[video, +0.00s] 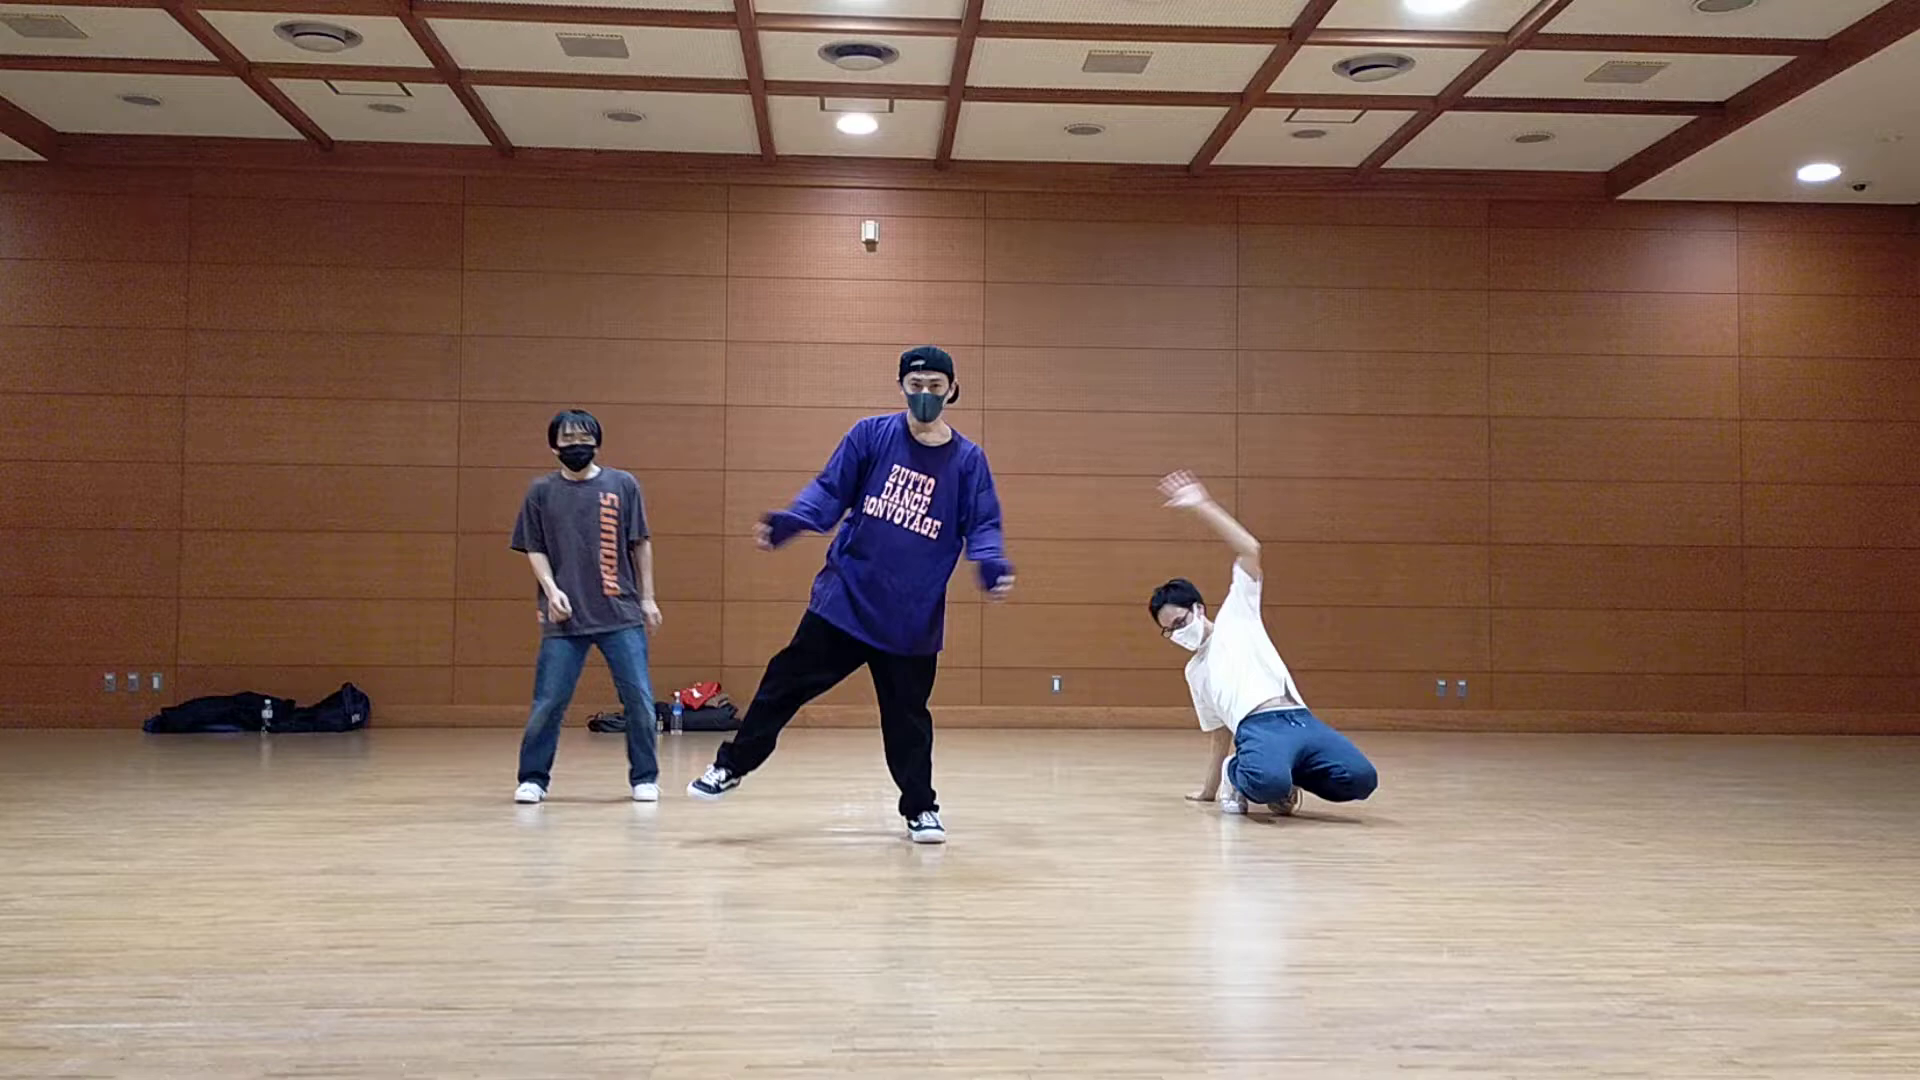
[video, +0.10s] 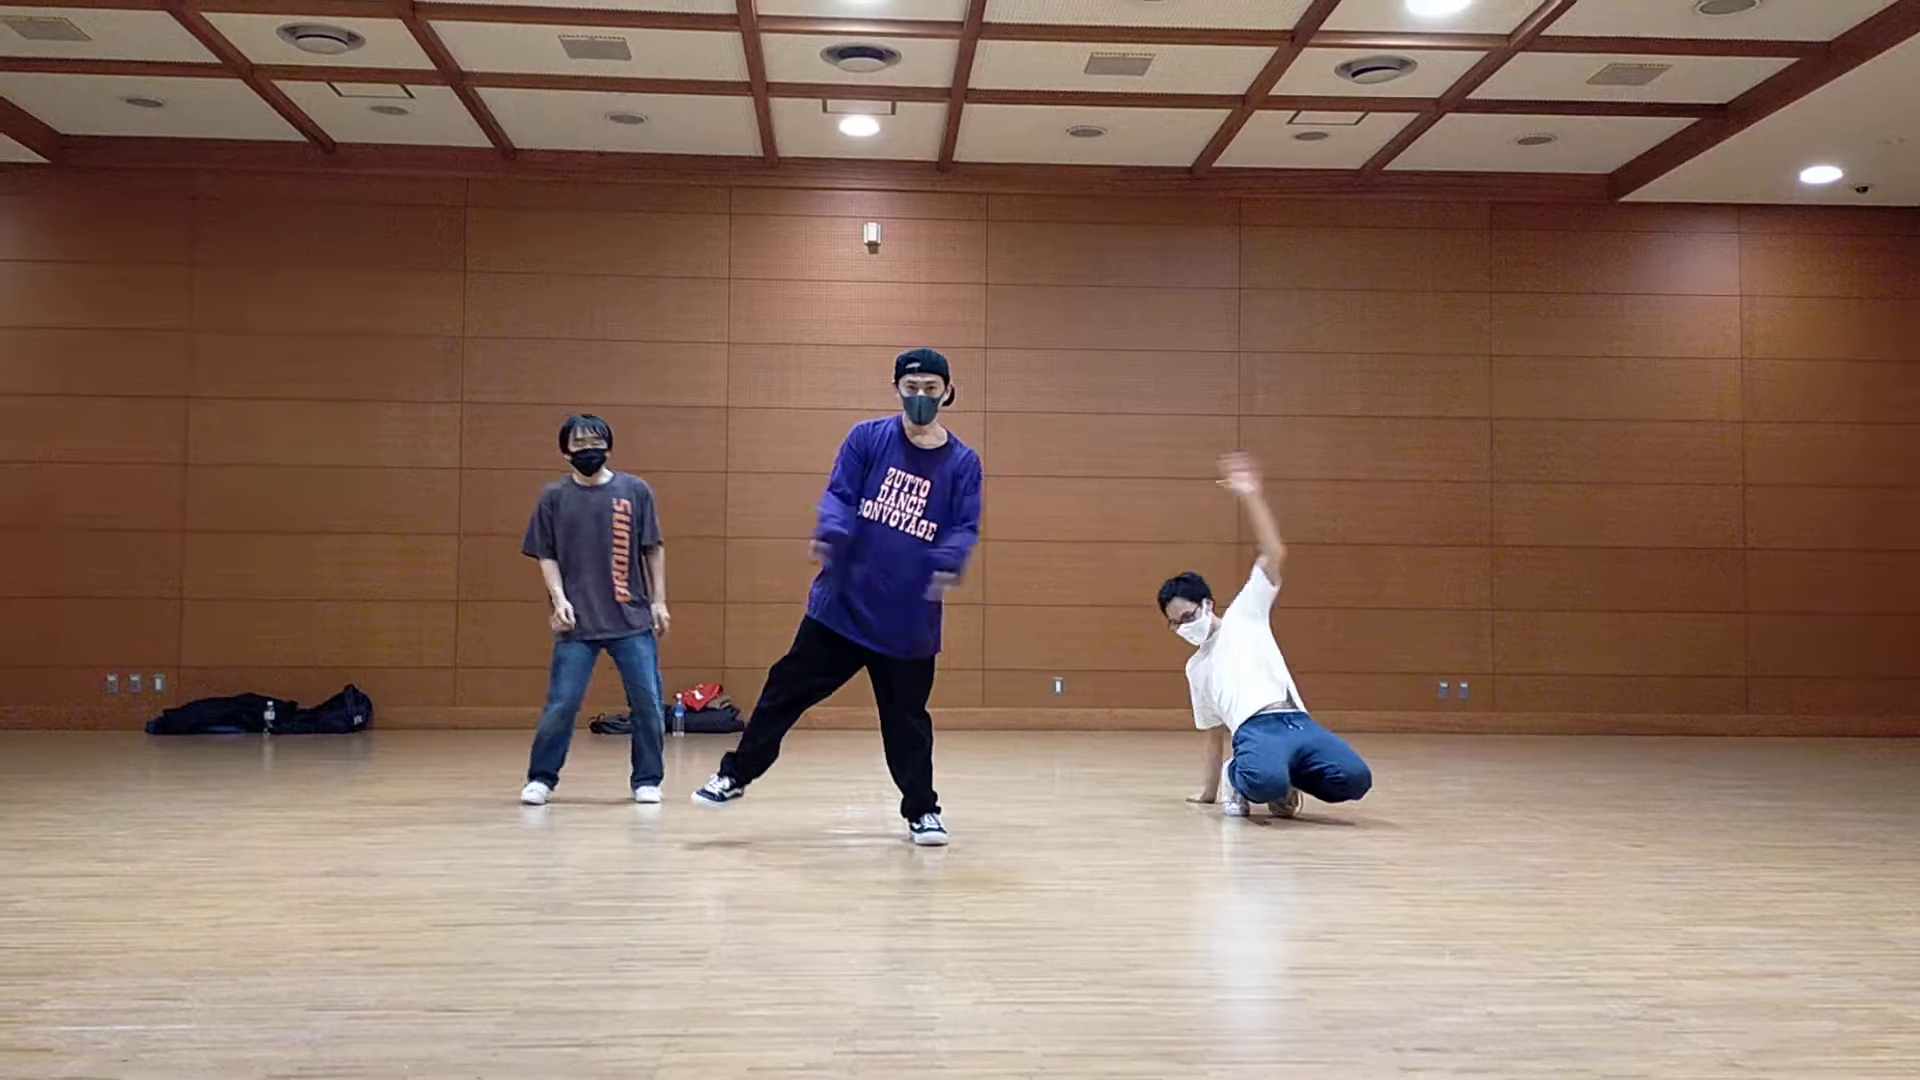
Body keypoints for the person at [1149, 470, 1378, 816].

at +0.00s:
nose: (1177, 634)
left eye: (1180, 622)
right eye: (1169, 631)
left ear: (1199, 609)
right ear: (1165, 635)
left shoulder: (1238, 611)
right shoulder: (1196, 673)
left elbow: (1250, 549)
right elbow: (1220, 736)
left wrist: (1201, 504)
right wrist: (1208, 791)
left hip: (1301, 719)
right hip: (1258, 730)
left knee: (1362, 781)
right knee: (1273, 786)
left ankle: (1290, 783)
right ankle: (1236, 781)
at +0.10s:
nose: (1185, 628)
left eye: (1188, 617)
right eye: (1176, 624)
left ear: (1208, 605)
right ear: (1172, 626)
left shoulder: (1246, 611)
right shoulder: (1198, 669)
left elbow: (1274, 553)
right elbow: (1216, 733)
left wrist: (1251, 493)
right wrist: (1209, 792)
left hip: (1298, 721)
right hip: (1255, 733)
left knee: (1356, 781)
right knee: (1269, 784)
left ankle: (1288, 788)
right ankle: (1236, 785)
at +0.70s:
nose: (1301, 621)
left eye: (1314, 618)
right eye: (1298, 612)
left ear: (1331, 626)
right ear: (1290, 609)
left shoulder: (1326, 682)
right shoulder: (1256, 634)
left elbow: (1304, 752)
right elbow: (1203, 602)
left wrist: (1315, 814)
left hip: (1263, 748)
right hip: (1215, 736)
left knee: (1233, 814)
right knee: (1169, 791)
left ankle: (1275, 791)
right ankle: (1237, 782)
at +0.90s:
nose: (1317, 633)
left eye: (1328, 628)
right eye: (1311, 622)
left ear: (1340, 636)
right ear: (1299, 620)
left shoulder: (1328, 691)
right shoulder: (1263, 638)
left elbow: (1306, 759)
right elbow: (1233, 587)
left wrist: (1312, 821)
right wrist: (1261, 528)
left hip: (1265, 759)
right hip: (1219, 741)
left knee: (1242, 823)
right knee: (1167, 793)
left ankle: (1278, 803)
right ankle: (1233, 796)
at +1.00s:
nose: (1308, 625)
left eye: (1319, 619)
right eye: (1302, 614)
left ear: (1330, 626)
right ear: (1289, 612)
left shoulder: (1327, 678)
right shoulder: (1258, 633)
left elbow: (1321, 750)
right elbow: (1233, 582)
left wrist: (1321, 814)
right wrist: (1269, 524)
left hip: (1271, 756)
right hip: (1224, 740)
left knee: (1249, 805)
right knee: (1180, 782)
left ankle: (1279, 811)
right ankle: (1235, 806)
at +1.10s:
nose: (1297, 616)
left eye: (1307, 610)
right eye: (1290, 606)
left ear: (1320, 613)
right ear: (1277, 604)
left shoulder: (1328, 667)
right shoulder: (1252, 633)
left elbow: (1334, 734)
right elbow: (1230, 592)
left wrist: (1346, 792)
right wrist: (1264, 536)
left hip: (1280, 750)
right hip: (1232, 741)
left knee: (1265, 783)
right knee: (1197, 767)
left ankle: (1285, 812)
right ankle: (1230, 806)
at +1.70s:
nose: (1283, 574)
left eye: (1291, 565)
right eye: (1274, 566)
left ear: (1305, 559)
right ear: (1261, 560)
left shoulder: (1330, 582)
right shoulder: (1241, 585)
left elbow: (1340, 622)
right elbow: (1235, 621)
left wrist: (1338, 671)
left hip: (1311, 671)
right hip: (1257, 671)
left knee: (1300, 744)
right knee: (1263, 739)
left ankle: (1308, 838)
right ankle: (1266, 838)